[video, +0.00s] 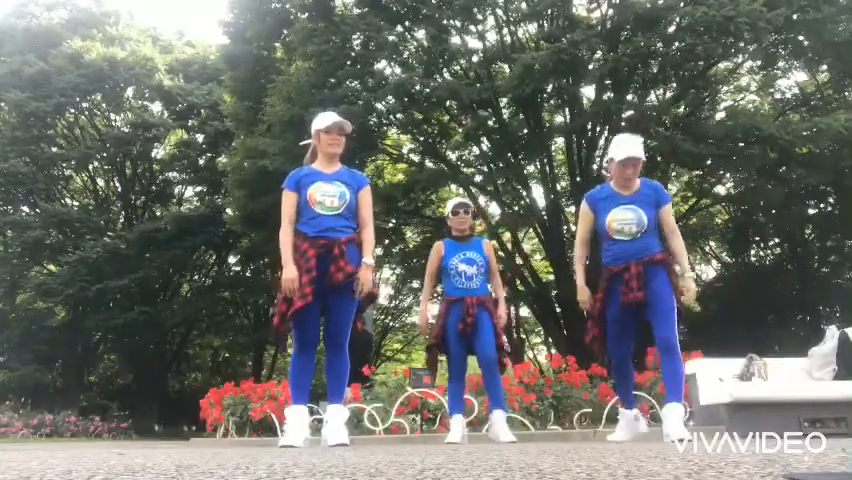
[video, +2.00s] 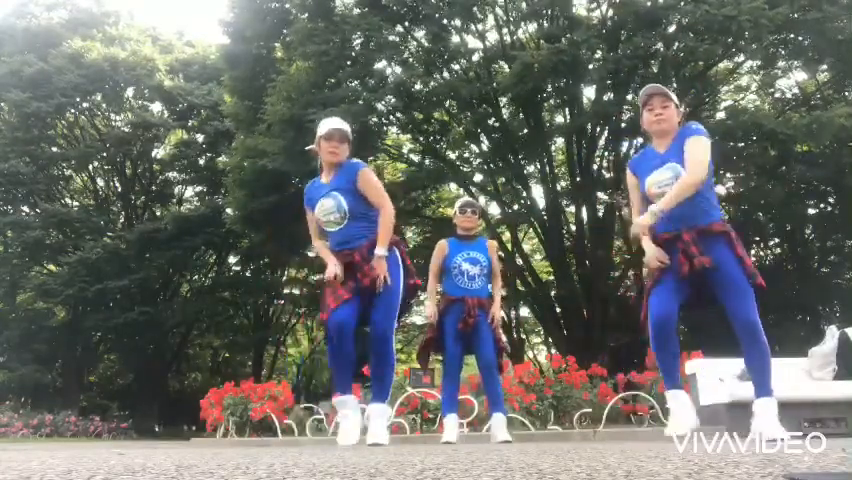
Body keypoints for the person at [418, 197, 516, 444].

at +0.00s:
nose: (461, 218)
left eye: (466, 214)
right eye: (456, 214)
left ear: (472, 218)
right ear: (448, 219)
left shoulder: (485, 246)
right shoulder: (441, 247)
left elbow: (496, 279)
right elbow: (430, 281)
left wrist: (501, 305)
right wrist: (423, 309)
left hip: (483, 306)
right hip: (454, 307)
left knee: (489, 358)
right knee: (456, 365)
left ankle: (498, 419)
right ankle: (456, 422)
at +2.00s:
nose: (468, 216)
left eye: (473, 213)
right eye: (463, 213)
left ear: (479, 219)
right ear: (455, 217)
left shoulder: (489, 246)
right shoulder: (444, 245)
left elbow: (496, 277)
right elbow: (433, 276)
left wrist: (497, 303)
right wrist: (431, 302)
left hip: (482, 306)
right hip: (454, 306)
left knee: (488, 361)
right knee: (452, 362)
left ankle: (498, 420)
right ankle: (449, 420)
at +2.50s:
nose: (455, 216)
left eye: (460, 212)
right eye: (451, 212)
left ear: (467, 216)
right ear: (444, 215)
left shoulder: (476, 243)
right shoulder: (431, 244)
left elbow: (486, 273)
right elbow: (417, 272)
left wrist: (491, 293)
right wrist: (419, 297)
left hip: (468, 305)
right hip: (439, 305)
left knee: (471, 363)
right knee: (436, 364)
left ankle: (480, 420)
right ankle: (431, 421)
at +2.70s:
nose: (444, 222)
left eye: (449, 219)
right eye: (439, 218)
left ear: (455, 224)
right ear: (432, 222)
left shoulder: (462, 248)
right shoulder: (423, 253)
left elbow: (484, 274)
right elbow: (418, 284)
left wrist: (474, 307)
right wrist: (423, 302)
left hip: (464, 313)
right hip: (436, 314)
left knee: (473, 362)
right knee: (421, 352)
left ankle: (482, 419)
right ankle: (423, 410)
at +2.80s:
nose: (437, 226)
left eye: (442, 223)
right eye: (432, 222)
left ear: (448, 228)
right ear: (424, 226)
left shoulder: (454, 253)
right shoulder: (418, 259)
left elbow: (479, 281)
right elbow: (416, 291)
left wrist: (469, 312)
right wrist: (418, 313)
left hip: (459, 320)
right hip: (432, 322)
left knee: (470, 369)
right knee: (411, 353)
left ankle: (482, 422)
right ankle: (410, 411)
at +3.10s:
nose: (423, 203)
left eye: (429, 200)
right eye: (419, 198)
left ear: (434, 206)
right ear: (410, 202)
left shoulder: (438, 234)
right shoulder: (394, 225)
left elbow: (449, 261)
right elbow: (370, 246)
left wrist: (448, 285)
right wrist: (380, 271)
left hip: (429, 294)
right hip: (400, 292)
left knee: (441, 343)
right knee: (396, 353)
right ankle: (387, 417)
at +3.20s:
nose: (424, 209)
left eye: (429, 205)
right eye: (419, 204)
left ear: (434, 211)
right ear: (409, 208)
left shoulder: (434, 244)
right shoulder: (396, 229)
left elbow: (436, 276)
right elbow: (368, 248)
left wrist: (442, 300)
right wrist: (379, 275)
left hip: (424, 300)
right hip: (396, 297)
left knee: (440, 337)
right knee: (387, 358)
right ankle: (372, 415)